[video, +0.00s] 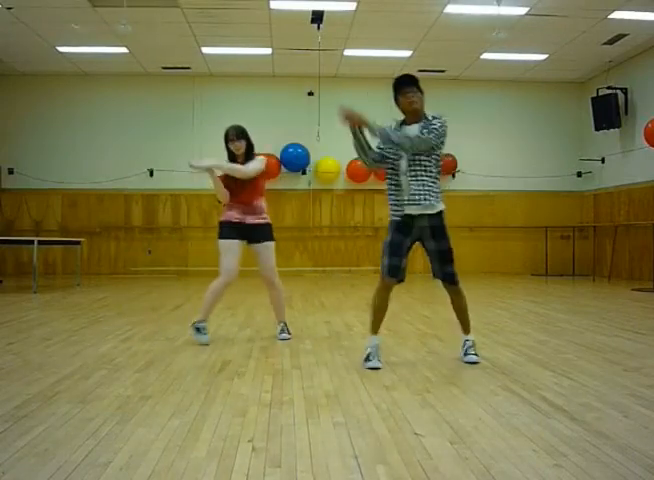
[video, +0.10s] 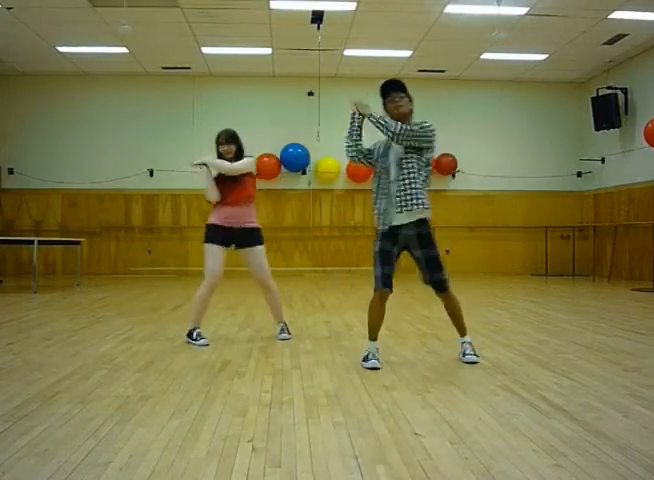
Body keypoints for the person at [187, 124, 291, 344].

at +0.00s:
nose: (236, 144)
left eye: (239, 139)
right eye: (231, 141)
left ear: (247, 141)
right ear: (227, 145)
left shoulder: (261, 161)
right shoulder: (226, 168)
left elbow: (246, 172)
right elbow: (224, 198)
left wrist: (214, 165)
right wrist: (212, 172)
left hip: (258, 222)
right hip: (232, 221)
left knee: (270, 277)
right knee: (228, 274)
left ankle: (282, 324)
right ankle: (200, 322)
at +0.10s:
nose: (226, 148)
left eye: (229, 144)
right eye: (221, 145)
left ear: (237, 145)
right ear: (217, 148)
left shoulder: (250, 163)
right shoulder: (216, 171)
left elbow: (230, 170)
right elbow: (213, 198)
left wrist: (208, 162)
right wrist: (206, 172)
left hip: (248, 226)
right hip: (218, 226)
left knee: (265, 279)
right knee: (212, 279)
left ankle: (281, 325)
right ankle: (194, 329)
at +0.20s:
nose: (216, 150)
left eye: (220, 146)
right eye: (212, 147)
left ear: (227, 148)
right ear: (207, 150)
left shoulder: (239, 166)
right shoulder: (203, 171)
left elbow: (222, 174)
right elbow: (201, 199)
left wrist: (203, 162)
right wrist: (199, 170)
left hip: (234, 229)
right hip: (206, 229)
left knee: (255, 281)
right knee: (209, 279)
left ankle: (279, 324)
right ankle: (194, 330)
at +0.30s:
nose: (205, 152)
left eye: (209, 147)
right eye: (201, 147)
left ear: (217, 149)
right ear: (196, 151)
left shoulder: (229, 170)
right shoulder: (191, 177)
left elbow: (222, 182)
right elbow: (190, 198)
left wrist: (205, 163)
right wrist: (199, 170)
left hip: (224, 230)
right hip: (196, 231)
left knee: (249, 281)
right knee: (204, 281)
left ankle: (274, 324)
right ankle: (194, 330)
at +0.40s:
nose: (196, 152)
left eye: (200, 147)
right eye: (193, 147)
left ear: (208, 151)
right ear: (187, 151)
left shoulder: (217, 176)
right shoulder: (180, 179)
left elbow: (223, 198)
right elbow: (182, 196)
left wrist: (208, 167)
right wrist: (201, 172)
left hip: (215, 230)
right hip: (188, 232)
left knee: (241, 281)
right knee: (201, 280)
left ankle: (258, 325)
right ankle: (193, 331)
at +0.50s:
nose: (187, 149)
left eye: (192, 145)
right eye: (184, 145)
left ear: (199, 148)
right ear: (179, 149)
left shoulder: (206, 173)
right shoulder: (171, 172)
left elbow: (215, 204)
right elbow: (175, 192)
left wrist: (206, 178)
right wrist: (200, 172)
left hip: (206, 227)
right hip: (180, 230)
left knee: (226, 276)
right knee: (199, 278)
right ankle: (193, 330)